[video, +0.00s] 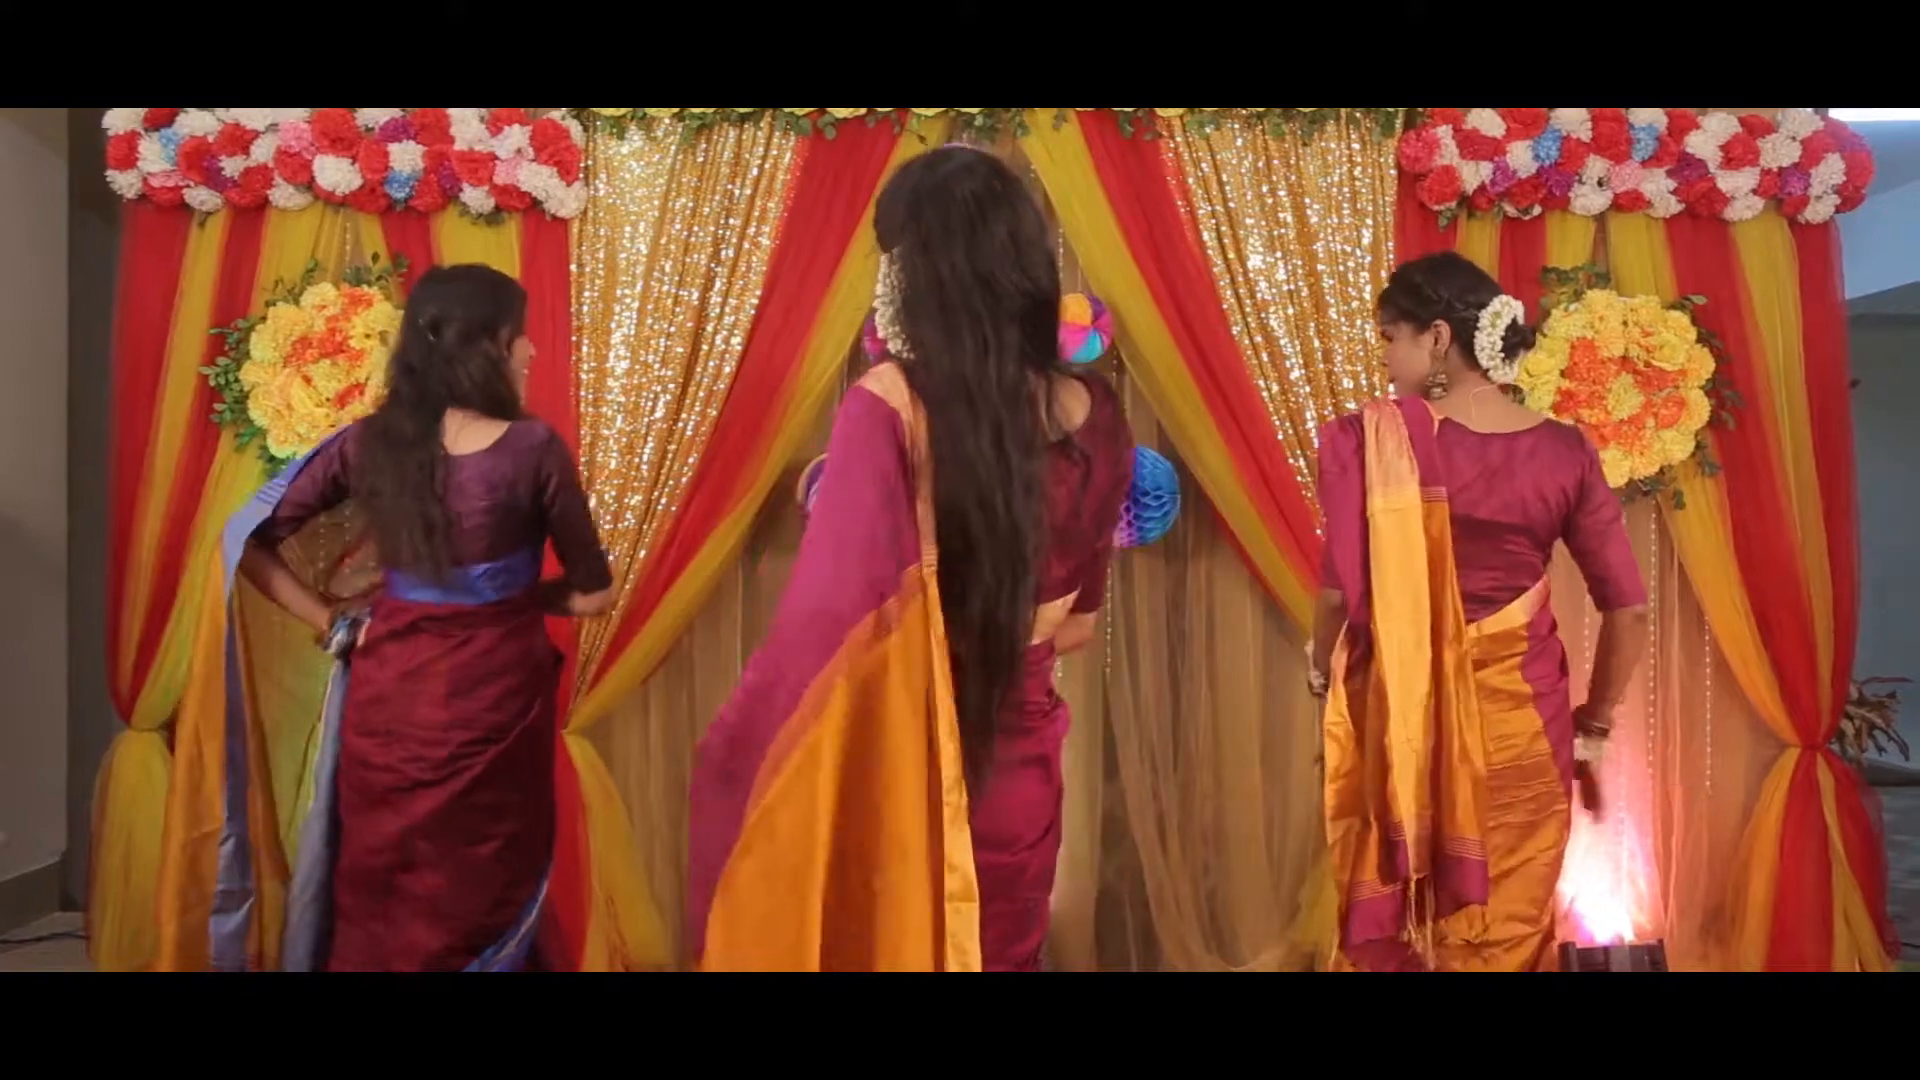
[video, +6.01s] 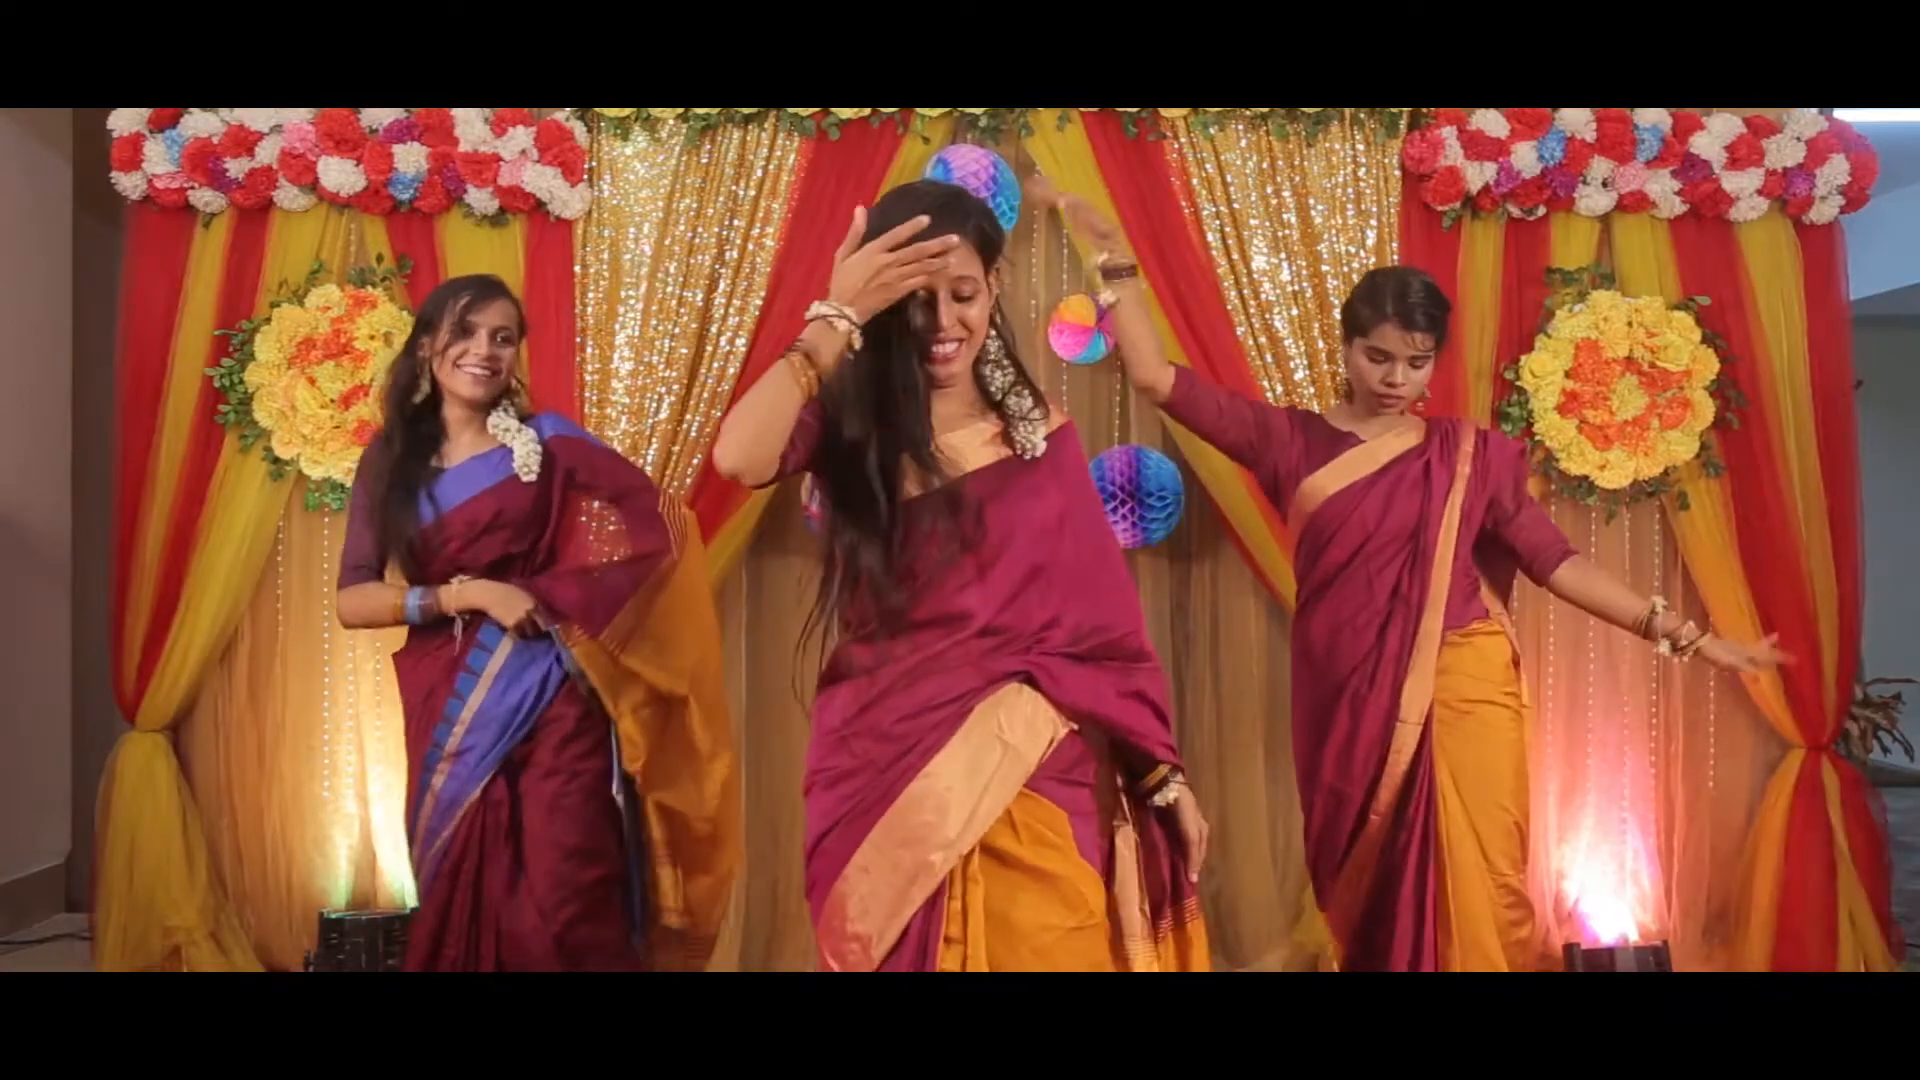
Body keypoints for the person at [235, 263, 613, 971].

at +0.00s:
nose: (531, 356)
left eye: (528, 339)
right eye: (523, 340)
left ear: (427, 345)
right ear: (486, 348)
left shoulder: (371, 440)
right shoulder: (533, 447)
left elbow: (250, 540)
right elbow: (593, 591)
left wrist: (325, 615)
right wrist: (509, 588)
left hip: (389, 681)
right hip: (495, 687)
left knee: (375, 879)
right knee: (486, 879)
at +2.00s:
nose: (410, 371)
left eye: (425, 350)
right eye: (406, 355)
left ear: (489, 351)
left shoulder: (434, 445)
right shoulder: (531, 446)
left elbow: (400, 605)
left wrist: (225, 644)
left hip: (440, 707)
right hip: (503, 702)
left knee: (421, 905)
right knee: (484, 910)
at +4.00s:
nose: (468, 366)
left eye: (486, 352)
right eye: (447, 351)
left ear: (504, 373)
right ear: (414, 377)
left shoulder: (548, 467)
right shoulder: (400, 497)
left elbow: (650, 564)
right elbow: (356, 639)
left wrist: (539, 639)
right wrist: (454, 623)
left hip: (524, 748)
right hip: (422, 759)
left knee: (533, 936)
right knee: (427, 934)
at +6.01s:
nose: (487, 351)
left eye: (504, 338)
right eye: (467, 334)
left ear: (518, 356)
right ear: (428, 349)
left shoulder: (547, 438)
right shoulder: (392, 457)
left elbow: (655, 536)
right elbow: (354, 602)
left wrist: (549, 597)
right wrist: (464, 592)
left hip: (555, 702)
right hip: (450, 715)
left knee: (561, 911)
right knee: (460, 912)